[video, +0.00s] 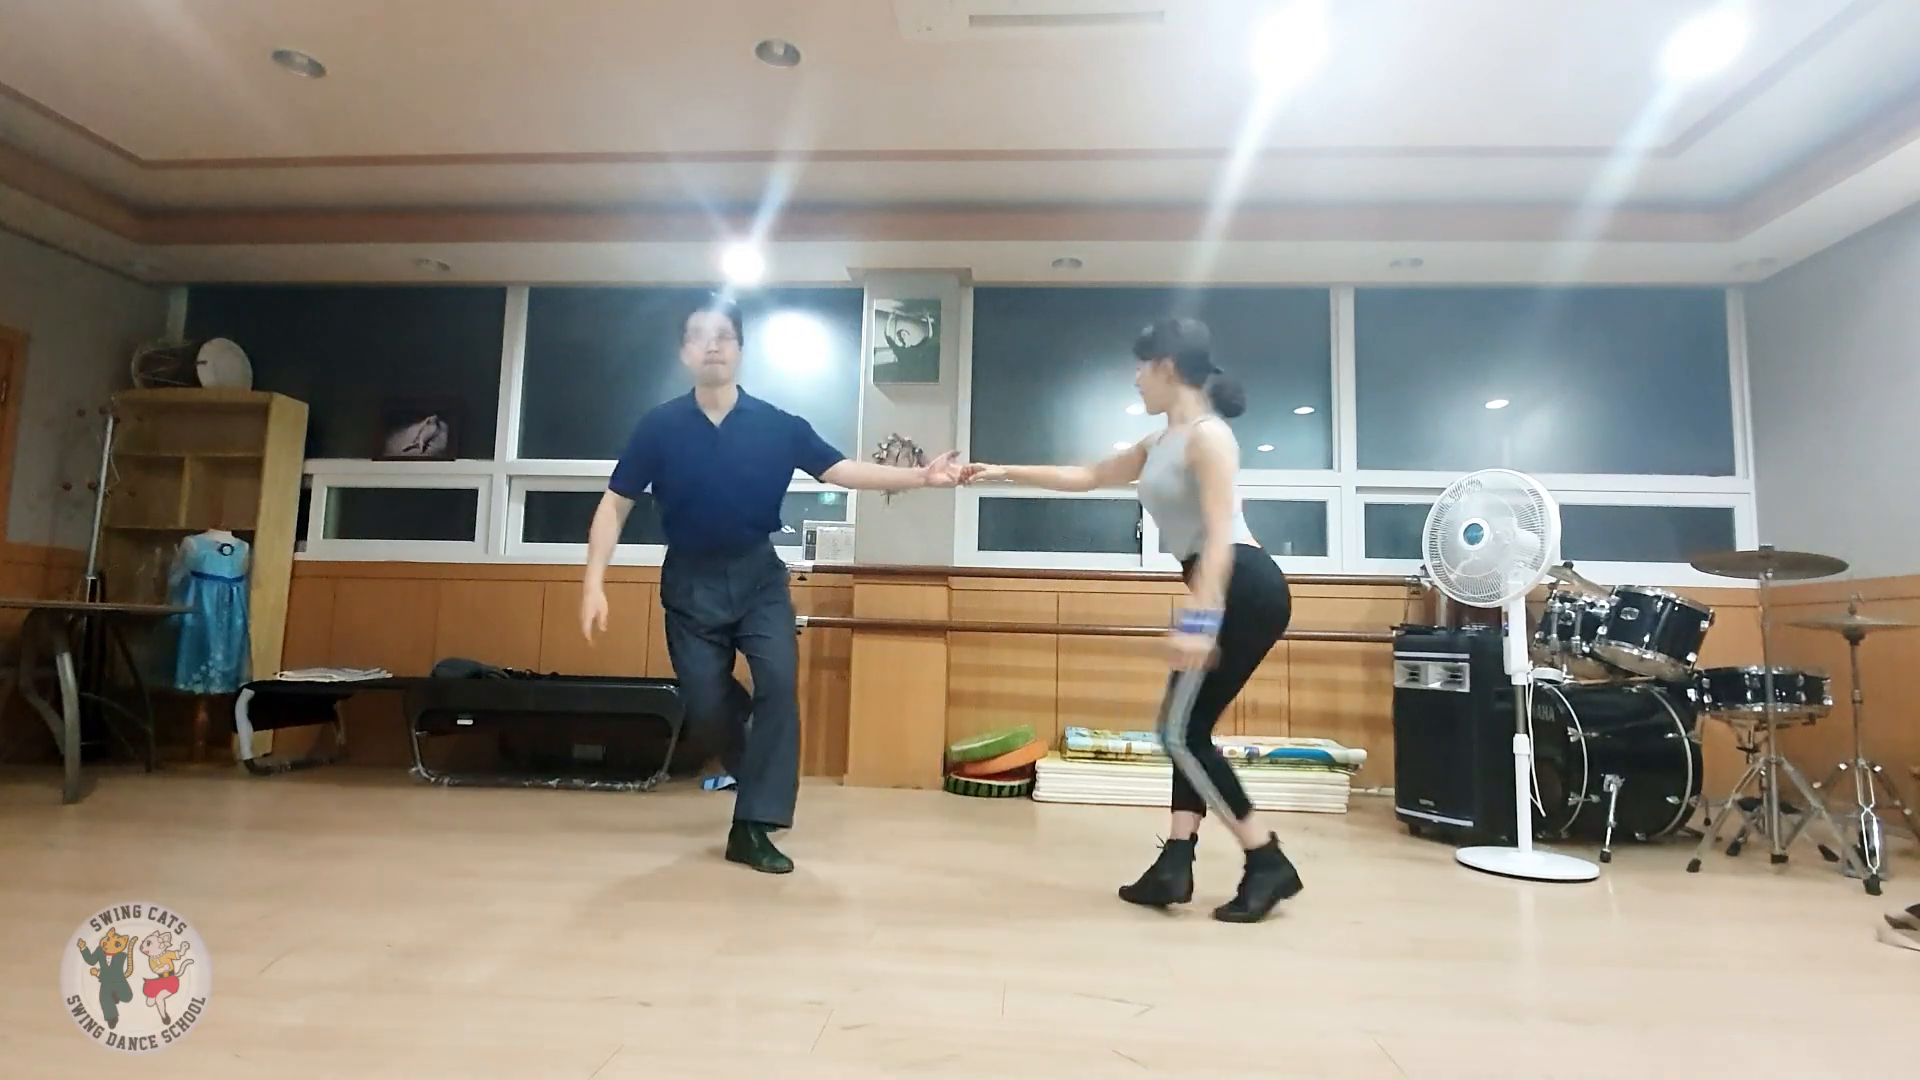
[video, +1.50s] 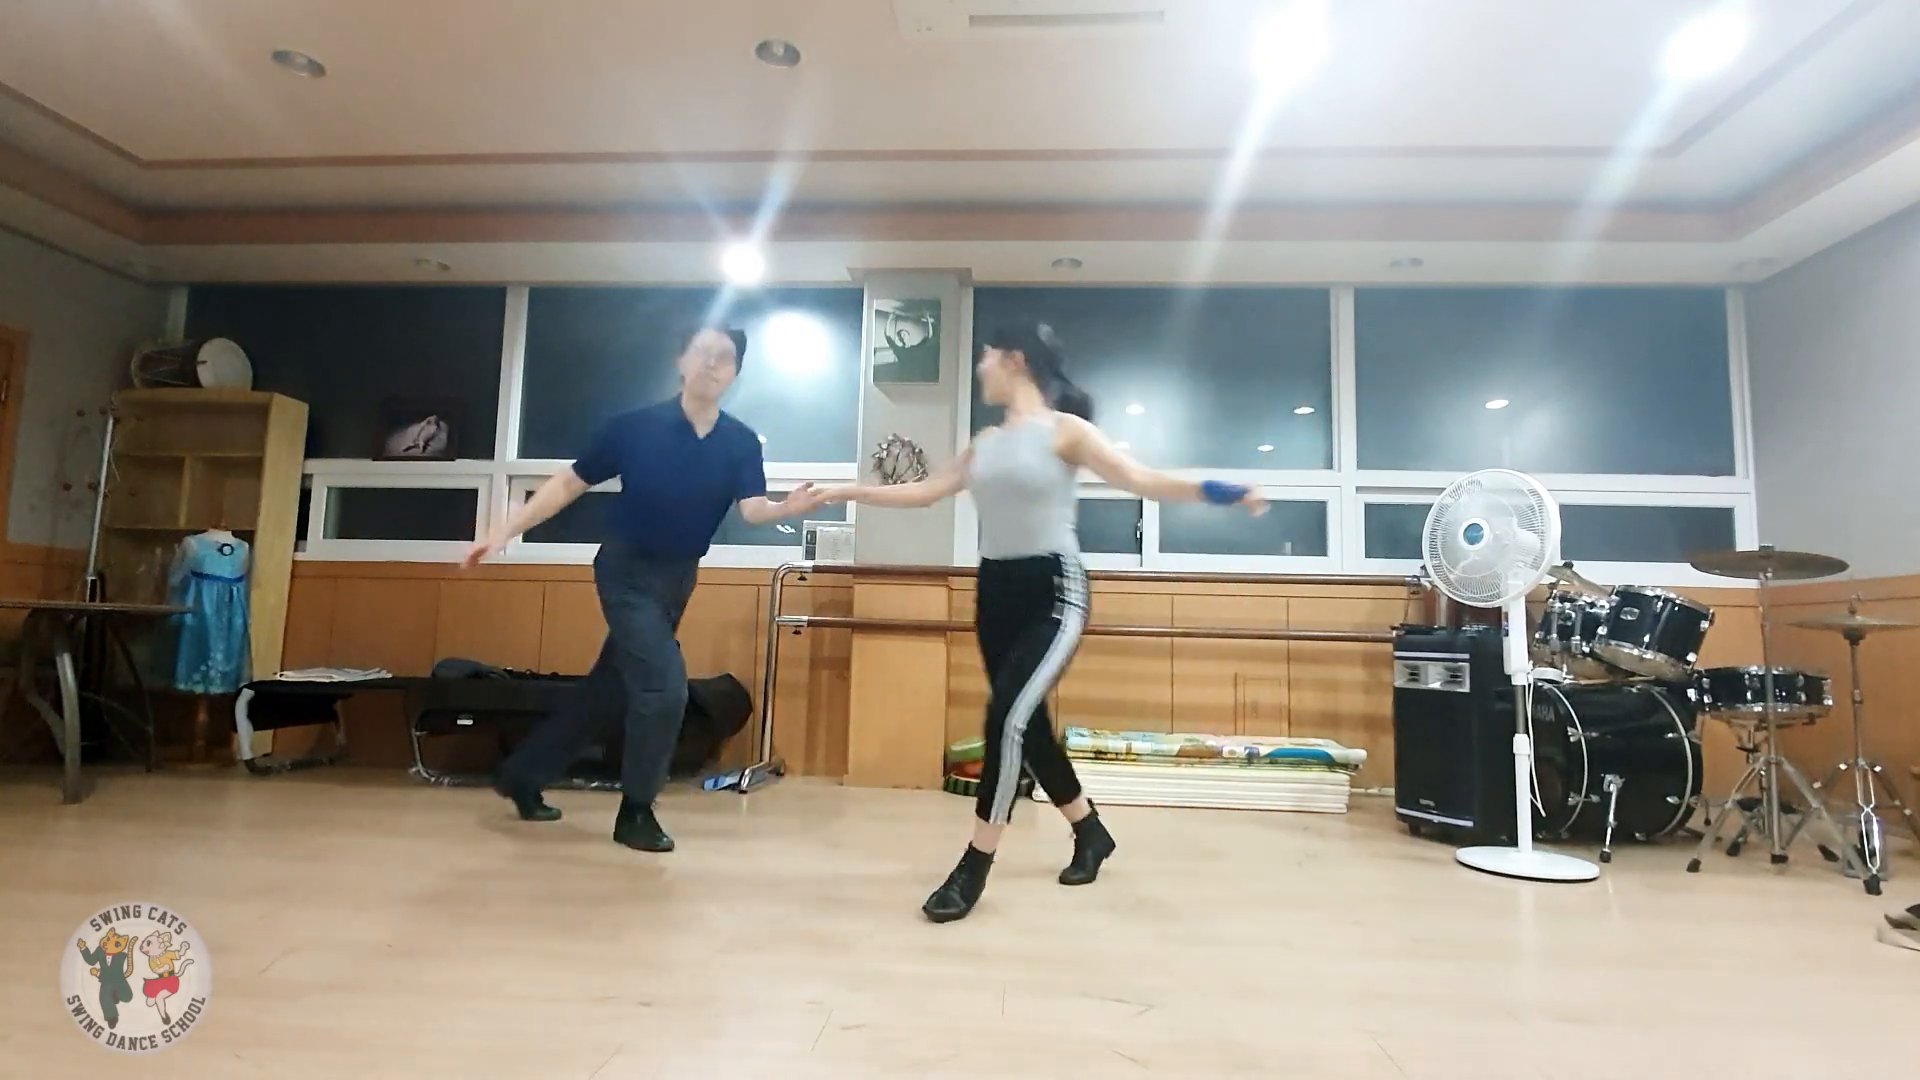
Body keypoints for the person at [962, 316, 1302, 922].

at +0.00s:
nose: (1137, 379)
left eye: (1143, 367)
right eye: (1138, 368)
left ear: (1171, 370)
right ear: (1172, 371)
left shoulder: (1208, 437)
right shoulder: (1162, 440)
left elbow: (1220, 532)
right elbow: (1081, 477)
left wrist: (1201, 618)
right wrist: (993, 471)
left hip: (1245, 591)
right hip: (1220, 591)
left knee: (1181, 730)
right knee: (1182, 728)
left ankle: (1267, 859)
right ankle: (1176, 863)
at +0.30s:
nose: (1185, 368)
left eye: (1199, 358)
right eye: (1183, 360)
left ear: (1236, 369)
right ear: (1186, 378)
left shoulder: (1281, 432)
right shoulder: (1170, 445)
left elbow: (1388, 415)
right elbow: (1078, 470)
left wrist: (1488, 383)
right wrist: (992, 460)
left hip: (1250, 597)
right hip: (1186, 591)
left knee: (1208, 714)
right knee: (1149, 711)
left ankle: (1166, 837)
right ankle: (1168, 836)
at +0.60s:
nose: (1160, 372)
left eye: (1173, 364)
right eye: (1159, 366)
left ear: (1209, 378)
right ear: (1169, 385)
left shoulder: (1247, 432)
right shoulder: (1150, 462)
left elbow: (1323, 356)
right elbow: (1059, 484)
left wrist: (1350, 258)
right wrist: (972, 474)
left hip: (1230, 605)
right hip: (1166, 601)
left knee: (1164, 726)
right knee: (1128, 725)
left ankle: (1087, 873)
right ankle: (1151, 827)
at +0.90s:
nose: (1117, 386)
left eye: (1129, 376)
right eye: (1119, 376)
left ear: (1164, 386)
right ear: (1140, 388)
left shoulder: (1184, 434)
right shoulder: (1126, 469)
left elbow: (1247, 416)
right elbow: (1053, 499)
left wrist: (1286, 337)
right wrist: (973, 492)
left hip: (1180, 575)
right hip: (1216, 604)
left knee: (1114, 718)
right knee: (1144, 727)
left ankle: (1105, 890)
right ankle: (1099, 846)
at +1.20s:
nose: (1078, 372)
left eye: (1088, 362)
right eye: (1081, 362)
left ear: (1121, 369)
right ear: (1114, 372)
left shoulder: (1163, 430)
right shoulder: (1085, 454)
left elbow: (1236, 440)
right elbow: (1010, 483)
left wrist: (1281, 382)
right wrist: (925, 481)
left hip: (1169, 597)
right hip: (1126, 598)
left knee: (1066, 693)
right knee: (1067, 700)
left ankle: (1047, 844)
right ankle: (1103, 839)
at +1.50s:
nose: (979, 365)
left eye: (985, 355)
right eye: (981, 356)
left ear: (1015, 360)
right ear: (1011, 363)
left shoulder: (1065, 430)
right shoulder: (984, 444)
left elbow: (1143, 480)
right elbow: (922, 492)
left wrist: (1219, 491)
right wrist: (840, 491)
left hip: (1054, 590)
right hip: (995, 592)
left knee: (1007, 716)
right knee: (1024, 722)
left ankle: (973, 867)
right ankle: (1089, 830)